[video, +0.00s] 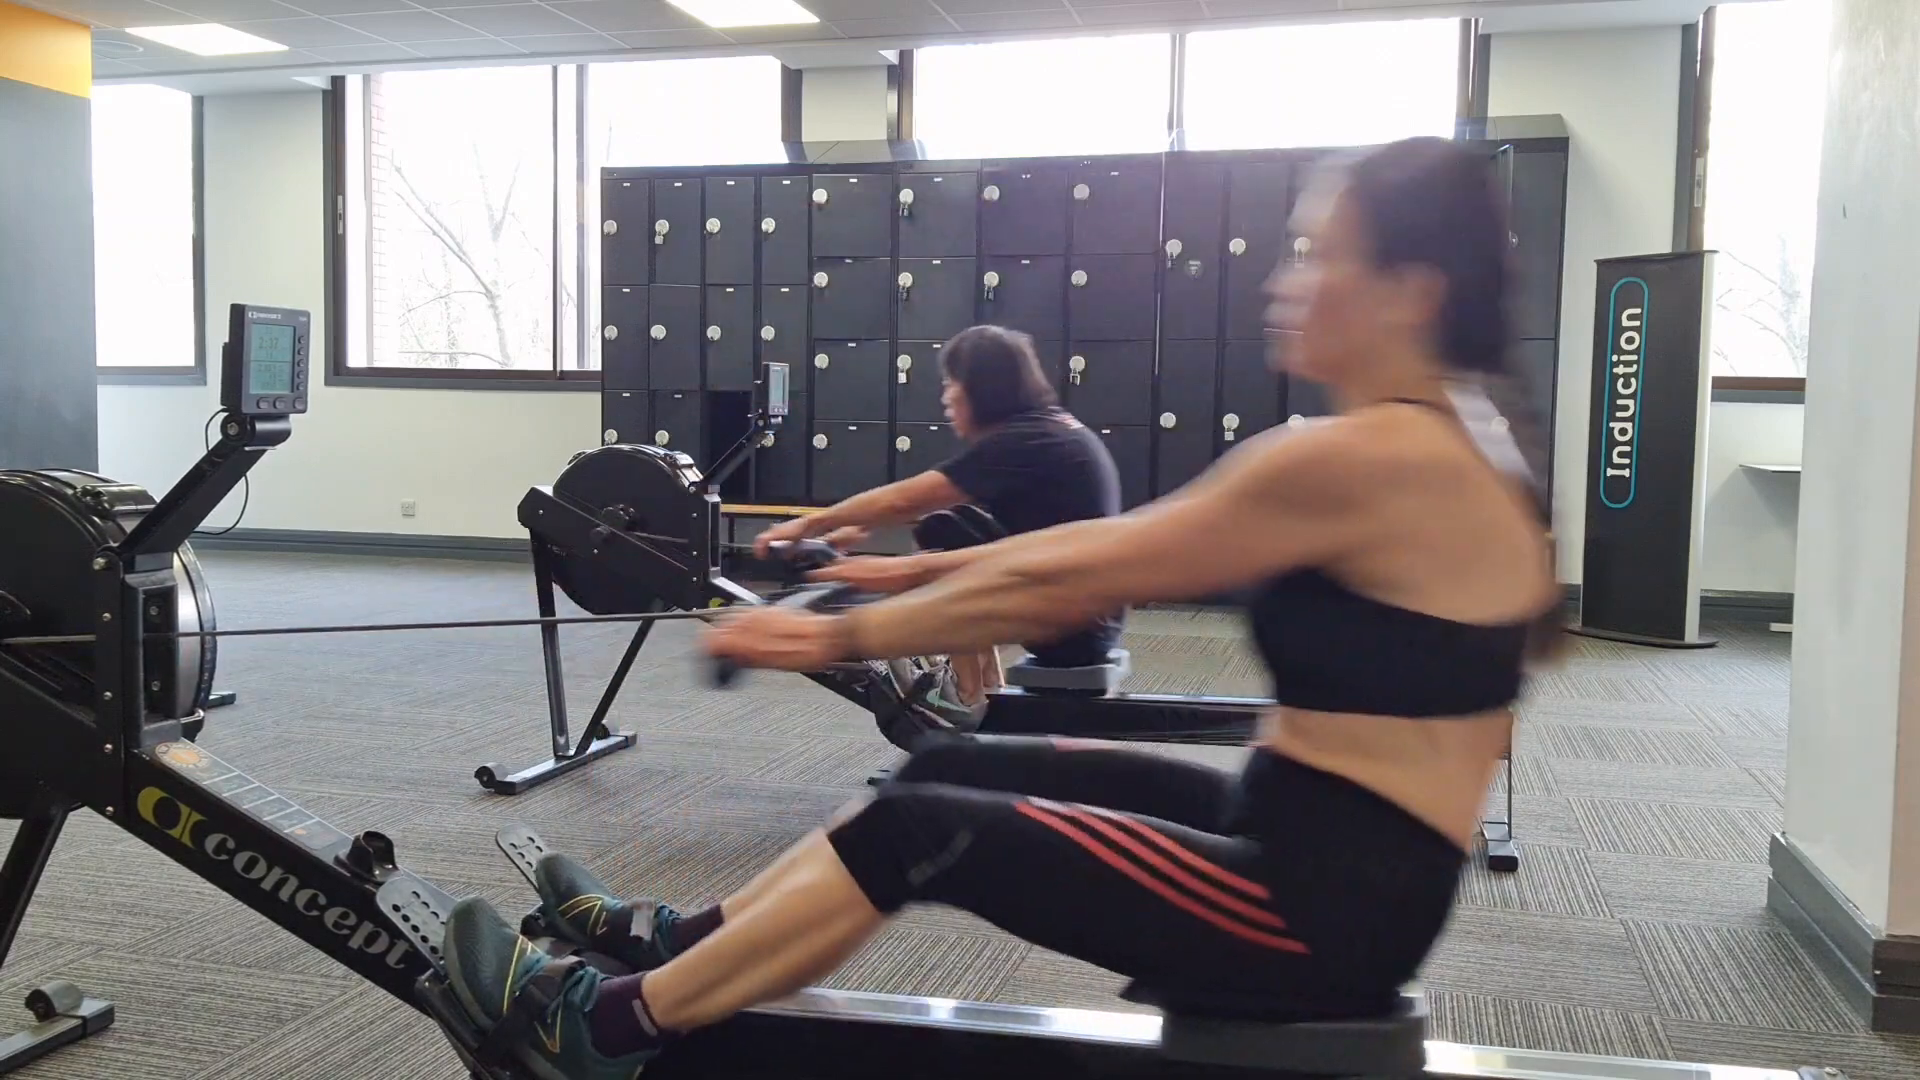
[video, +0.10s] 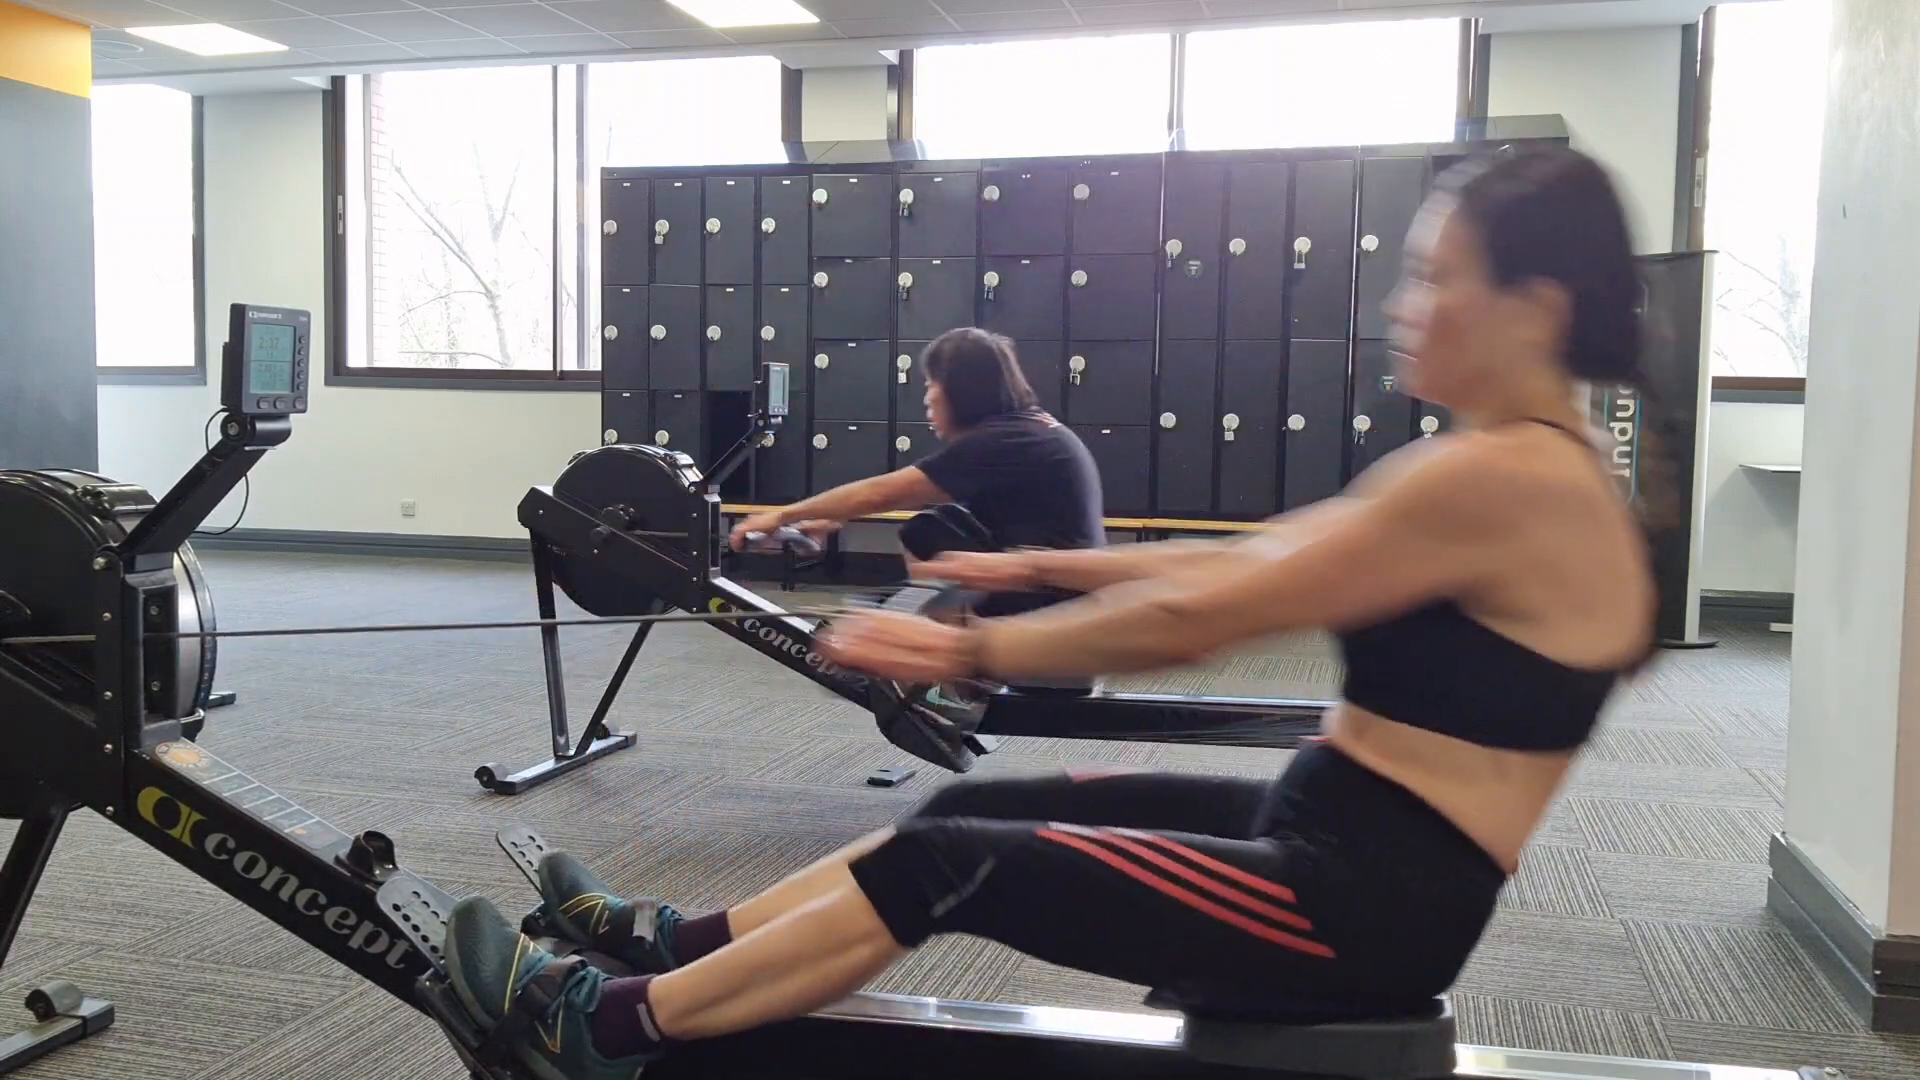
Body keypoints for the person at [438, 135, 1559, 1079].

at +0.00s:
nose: (1284, 284)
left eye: (1321, 256)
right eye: (1294, 254)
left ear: (1417, 293)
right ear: (1401, 296)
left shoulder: (1357, 460)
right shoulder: (1436, 438)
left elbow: (1061, 579)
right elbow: (1087, 561)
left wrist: (831, 633)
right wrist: (878, 622)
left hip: (1316, 897)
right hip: (1311, 816)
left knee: (930, 813)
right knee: (957, 762)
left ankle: (622, 1025)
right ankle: (683, 957)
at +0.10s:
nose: (1408, 313)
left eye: (1441, 283)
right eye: (1415, 280)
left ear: (1546, 310)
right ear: (1519, 308)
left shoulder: (1509, 480)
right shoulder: (1490, 462)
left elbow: (1201, 615)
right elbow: (1253, 568)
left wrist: (962, 650)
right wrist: (1039, 574)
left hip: (1358, 896)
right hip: (1333, 824)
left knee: (960, 844)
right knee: (975, 809)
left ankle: (610, 1030)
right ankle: (683, 946)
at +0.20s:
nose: (1480, 349)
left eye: (1509, 321)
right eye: (1486, 319)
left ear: (1617, 338)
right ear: (1591, 340)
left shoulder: (1607, 515)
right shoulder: (1549, 491)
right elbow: (1350, 636)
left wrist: (1087, 703)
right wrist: (1154, 599)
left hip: (1382, 900)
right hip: (1330, 829)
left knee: (974, 876)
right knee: (975, 839)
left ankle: (615, 1030)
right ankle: (668, 951)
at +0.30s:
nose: (1497, 372)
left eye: (1523, 338)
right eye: (1502, 340)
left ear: (1637, 349)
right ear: (1631, 352)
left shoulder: (1654, 540)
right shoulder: (1599, 512)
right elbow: (1433, 724)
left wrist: (1243, 789)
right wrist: (1264, 670)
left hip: (1386, 934)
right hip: (1342, 861)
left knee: (957, 891)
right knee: (970, 841)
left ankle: (617, 1029)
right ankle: (695, 954)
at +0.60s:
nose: (1383, 315)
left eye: (1412, 284)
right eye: (1391, 283)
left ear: (1520, 302)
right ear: (1490, 305)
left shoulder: (1551, 501)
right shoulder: (1480, 474)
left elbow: (1534, 820)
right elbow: (1431, 698)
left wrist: (1277, 778)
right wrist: (1279, 644)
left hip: (1367, 919)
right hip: (1334, 853)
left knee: (950, 839)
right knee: (957, 808)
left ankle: (613, 1037)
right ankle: (697, 948)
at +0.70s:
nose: (1312, 301)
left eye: (1341, 267)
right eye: (1318, 270)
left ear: (1446, 287)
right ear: (1419, 289)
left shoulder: (1470, 483)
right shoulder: (1420, 464)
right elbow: (1348, 679)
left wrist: (1154, 732)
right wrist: (1208, 613)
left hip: (1339, 916)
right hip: (1306, 856)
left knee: (937, 816)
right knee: (963, 770)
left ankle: (632, 1035)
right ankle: (698, 956)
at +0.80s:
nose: (1228, 288)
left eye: (1255, 258)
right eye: (1235, 258)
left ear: (1351, 283)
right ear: (1333, 286)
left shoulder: (1366, 469)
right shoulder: (1355, 455)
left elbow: (1207, 754)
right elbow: (1216, 659)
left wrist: (992, 674)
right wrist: (1075, 588)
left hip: (1291, 912)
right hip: (1272, 870)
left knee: (915, 788)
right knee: (931, 748)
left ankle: (641, 1026)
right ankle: (696, 967)